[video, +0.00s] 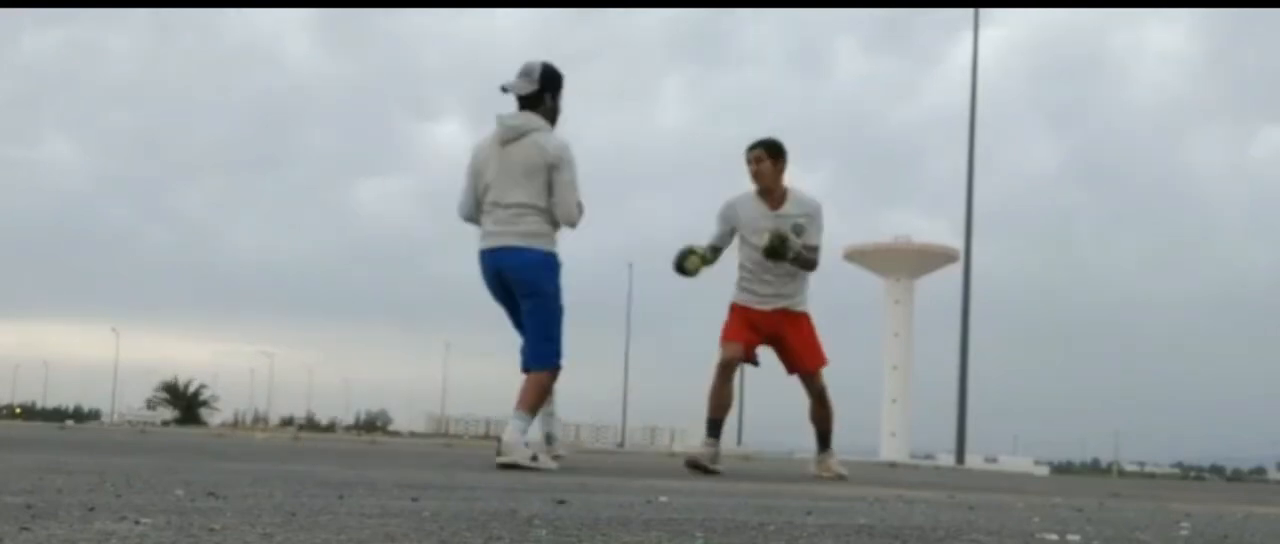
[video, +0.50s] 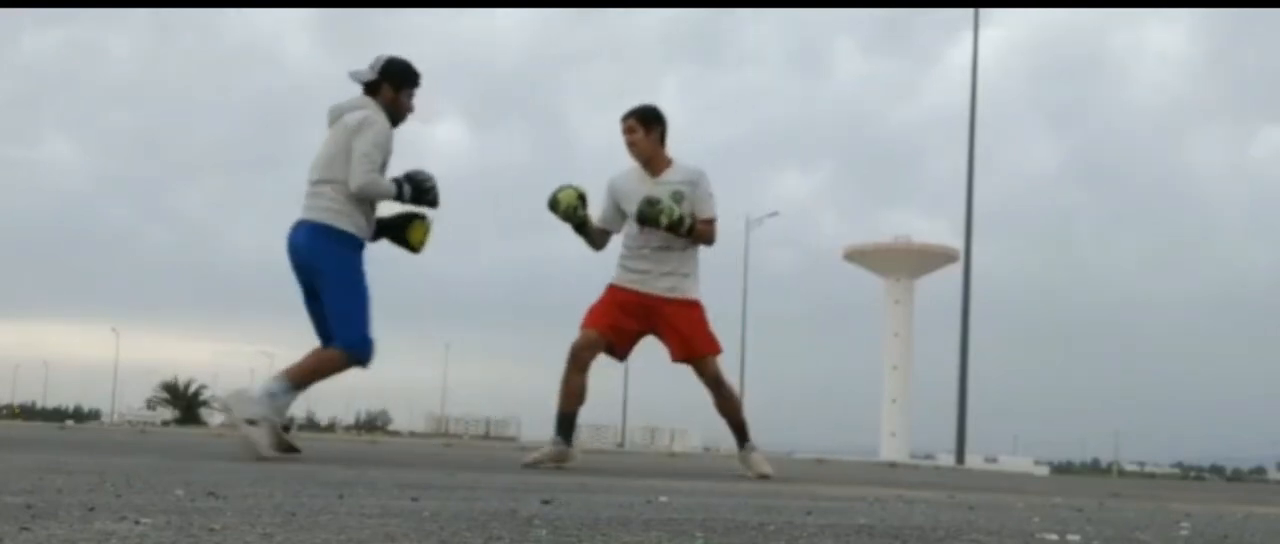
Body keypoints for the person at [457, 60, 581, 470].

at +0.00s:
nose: (562, 107)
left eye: (557, 100)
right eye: (560, 100)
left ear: (518, 98)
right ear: (552, 101)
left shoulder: (486, 145)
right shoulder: (554, 146)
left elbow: (468, 209)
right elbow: (567, 213)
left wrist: (500, 213)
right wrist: (571, 202)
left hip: (492, 255)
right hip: (534, 255)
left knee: (537, 344)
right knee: (544, 352)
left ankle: (544, 434)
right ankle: (516, 438)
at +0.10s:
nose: (533, 107)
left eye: (533, 98)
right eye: (530, 97)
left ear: (497, 96)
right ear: (514, 96)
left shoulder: (467, 143)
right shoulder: (508, 138)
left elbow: (439, 208)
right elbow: (507, 204)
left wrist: (486, 220)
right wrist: (533, 212)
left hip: (459, 252)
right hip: (496, 252)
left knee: (493, 344)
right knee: (538, 351)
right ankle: (514, 444)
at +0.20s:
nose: (493, 105)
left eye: (493, 96)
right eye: (489, 95)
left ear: (463, 92)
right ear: (469, 91)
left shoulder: (434, 128)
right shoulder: (456, 127)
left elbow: (440, 195)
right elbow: (458, 185)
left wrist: (482, 208)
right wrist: (491, 201)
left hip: (430, 252)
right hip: (456, 252)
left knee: (421, 354)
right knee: (513, 342)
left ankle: (317, 401)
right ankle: (513, 446)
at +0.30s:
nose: (457, 107)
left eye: (457, 98)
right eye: (453, 97)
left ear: (426, 95)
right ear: (432, 95)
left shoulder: (396, 134)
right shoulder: (416, 132)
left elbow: (396, 211)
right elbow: (409, 188)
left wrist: (443, 231)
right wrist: (449, 199)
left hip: (373, 248)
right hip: (403, 248)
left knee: (345, 345)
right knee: (468, 337)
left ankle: (267, 422)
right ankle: (499, 439)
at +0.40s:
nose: (434, 101)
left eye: (434, 92)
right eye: (429, 91)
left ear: (402, 91)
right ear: (408, 90)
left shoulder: (376, 126)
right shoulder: (389, 126)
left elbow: (375, 215)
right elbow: (366, 182)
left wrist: (419, 229)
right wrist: (411, 196)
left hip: (334, 245)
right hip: (360, 246)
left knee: (333, 352)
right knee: (429, 328)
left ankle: (262, 426)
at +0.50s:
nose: (412, 105)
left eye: (413, 96)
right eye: (409, 95)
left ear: (379, 91)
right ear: (387, 90)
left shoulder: (350, 121)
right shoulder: (374, 124)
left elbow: (338, 205)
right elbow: (362, 182)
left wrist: (384, 228)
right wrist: (403, 188)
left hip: (310, 236)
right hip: (333, 239)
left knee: (338, 345)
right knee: (355, 347)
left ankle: (272, 412)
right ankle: (265, 399)